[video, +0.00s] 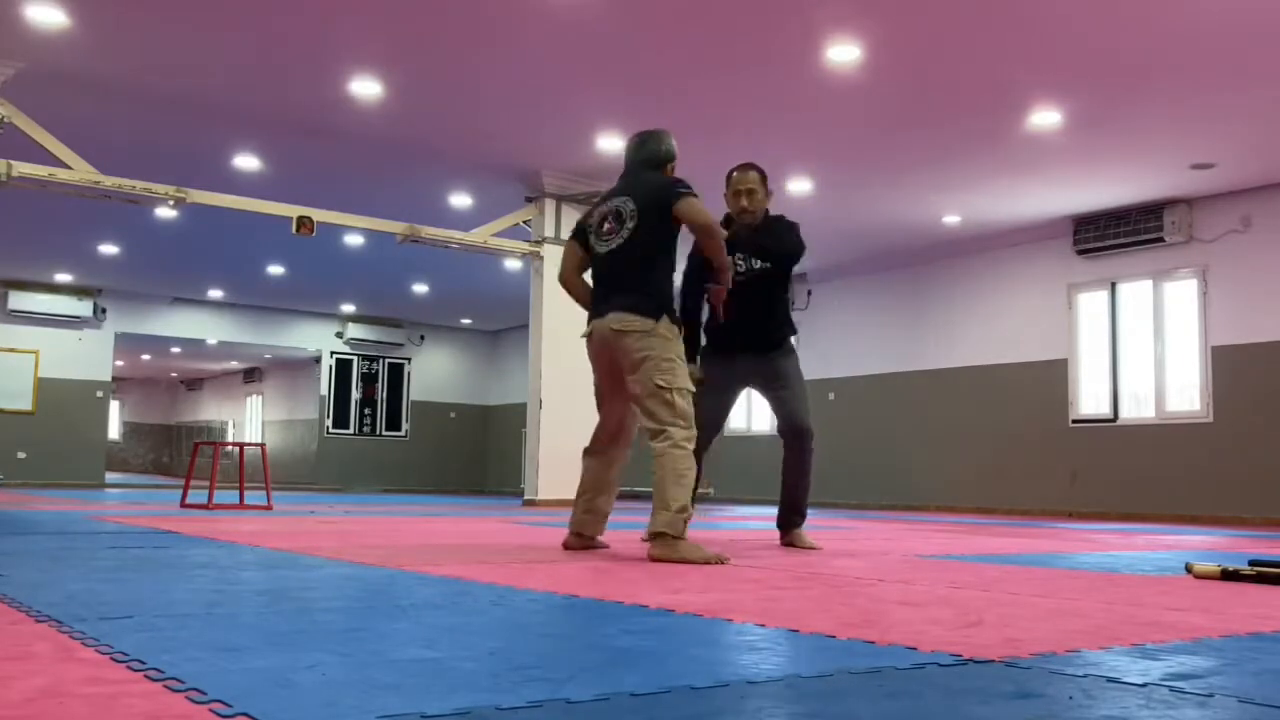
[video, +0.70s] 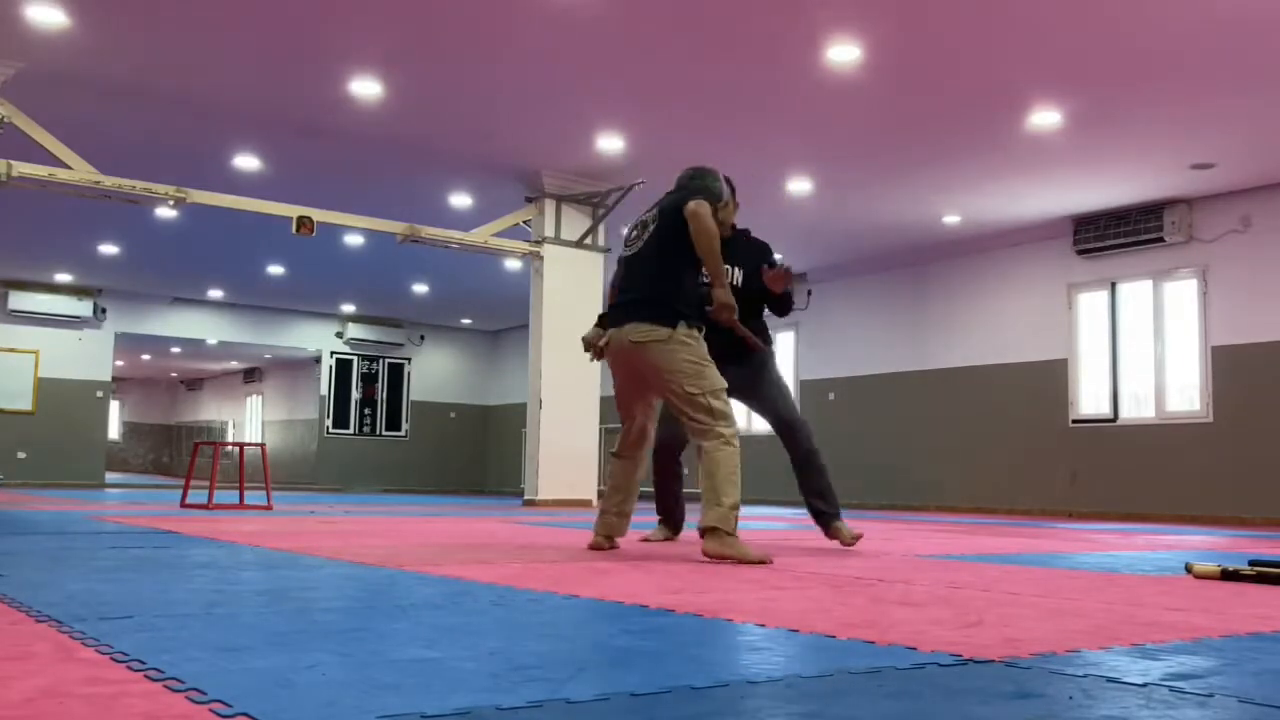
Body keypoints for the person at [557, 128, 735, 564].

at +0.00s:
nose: (677, 170)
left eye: (676, 164)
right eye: (676, 164)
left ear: (629, 163)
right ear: (668, 165)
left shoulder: (598, 208)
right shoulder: (667, 187)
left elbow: (568, 275)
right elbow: (704, 223)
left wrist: (602, 311)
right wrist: (722, 275)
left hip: (600, 327)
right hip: (646, 325)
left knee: (613, 427)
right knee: (674, 429)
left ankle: (583, 530)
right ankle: (668, 537)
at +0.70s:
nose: (724, 214)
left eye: (725, 207)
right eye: (723, 204)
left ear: (680, 183)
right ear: (711, 191)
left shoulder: (644, 222)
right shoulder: (701, 186)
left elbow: (622, 284)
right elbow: (697, 211)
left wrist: (606, 325)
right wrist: (720, 285)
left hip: (619, 336)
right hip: (665, 334)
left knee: (635, 432)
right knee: (718, 432)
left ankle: (606, 531)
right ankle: (720, 534)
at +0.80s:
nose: (731, 200)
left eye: (730, 193)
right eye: (732, 193)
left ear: (689, 181)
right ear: (723, 188)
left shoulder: (658, 216)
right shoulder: (709, 195)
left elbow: (631, 281)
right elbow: (721, 220)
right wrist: (741, 292)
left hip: (627, 334)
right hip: (670, 332)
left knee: (644, 431)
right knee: (725, 428)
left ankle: (606, 529)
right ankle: (719, 531)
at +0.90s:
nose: (747, 184)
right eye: (746, 177)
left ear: (696, 170)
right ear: (738, 173)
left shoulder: (664, 209)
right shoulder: (732, 194)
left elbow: (627, 276)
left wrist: (659, 311)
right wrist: (778, 311)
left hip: (645, 329)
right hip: (690, 327)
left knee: (648, 432)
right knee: (746, 423)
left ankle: (605, 528)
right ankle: (758, 529)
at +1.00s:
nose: (768, 170)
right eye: (768, 164)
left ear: (718, 159)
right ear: (762, 163)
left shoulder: (680, 200)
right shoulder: (761, 192)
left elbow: (647, 263)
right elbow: (797, 271)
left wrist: (680, 295)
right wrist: (810, 318)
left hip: (666, 325)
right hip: (715, 325)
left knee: (660, 429)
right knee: (760, 431)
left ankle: (614, 523)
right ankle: (770, 540)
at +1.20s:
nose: (767, 155)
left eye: (764, 148)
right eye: (766, 148)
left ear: (718, 148)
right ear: (760, 148)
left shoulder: (697, 186)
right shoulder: (751, 169)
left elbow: (707, 261)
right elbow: (758, 213)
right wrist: (776, 289)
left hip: (669, 314)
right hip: (713, 314)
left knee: (666, 425)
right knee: (760, 426)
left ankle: (614, 519)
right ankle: (773, 539)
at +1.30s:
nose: (764, 194)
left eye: (767, 187)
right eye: (767, 184)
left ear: (732, 163)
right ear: (758, 174)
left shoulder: (722, 219)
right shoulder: (717, 176)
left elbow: (729, 297)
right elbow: (704, 179)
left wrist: (788, 308)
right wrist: (721, 253)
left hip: (642, 319)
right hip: (680, 320)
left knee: (656, 433)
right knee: (737, 421)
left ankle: (613, 524)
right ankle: (699, 523)